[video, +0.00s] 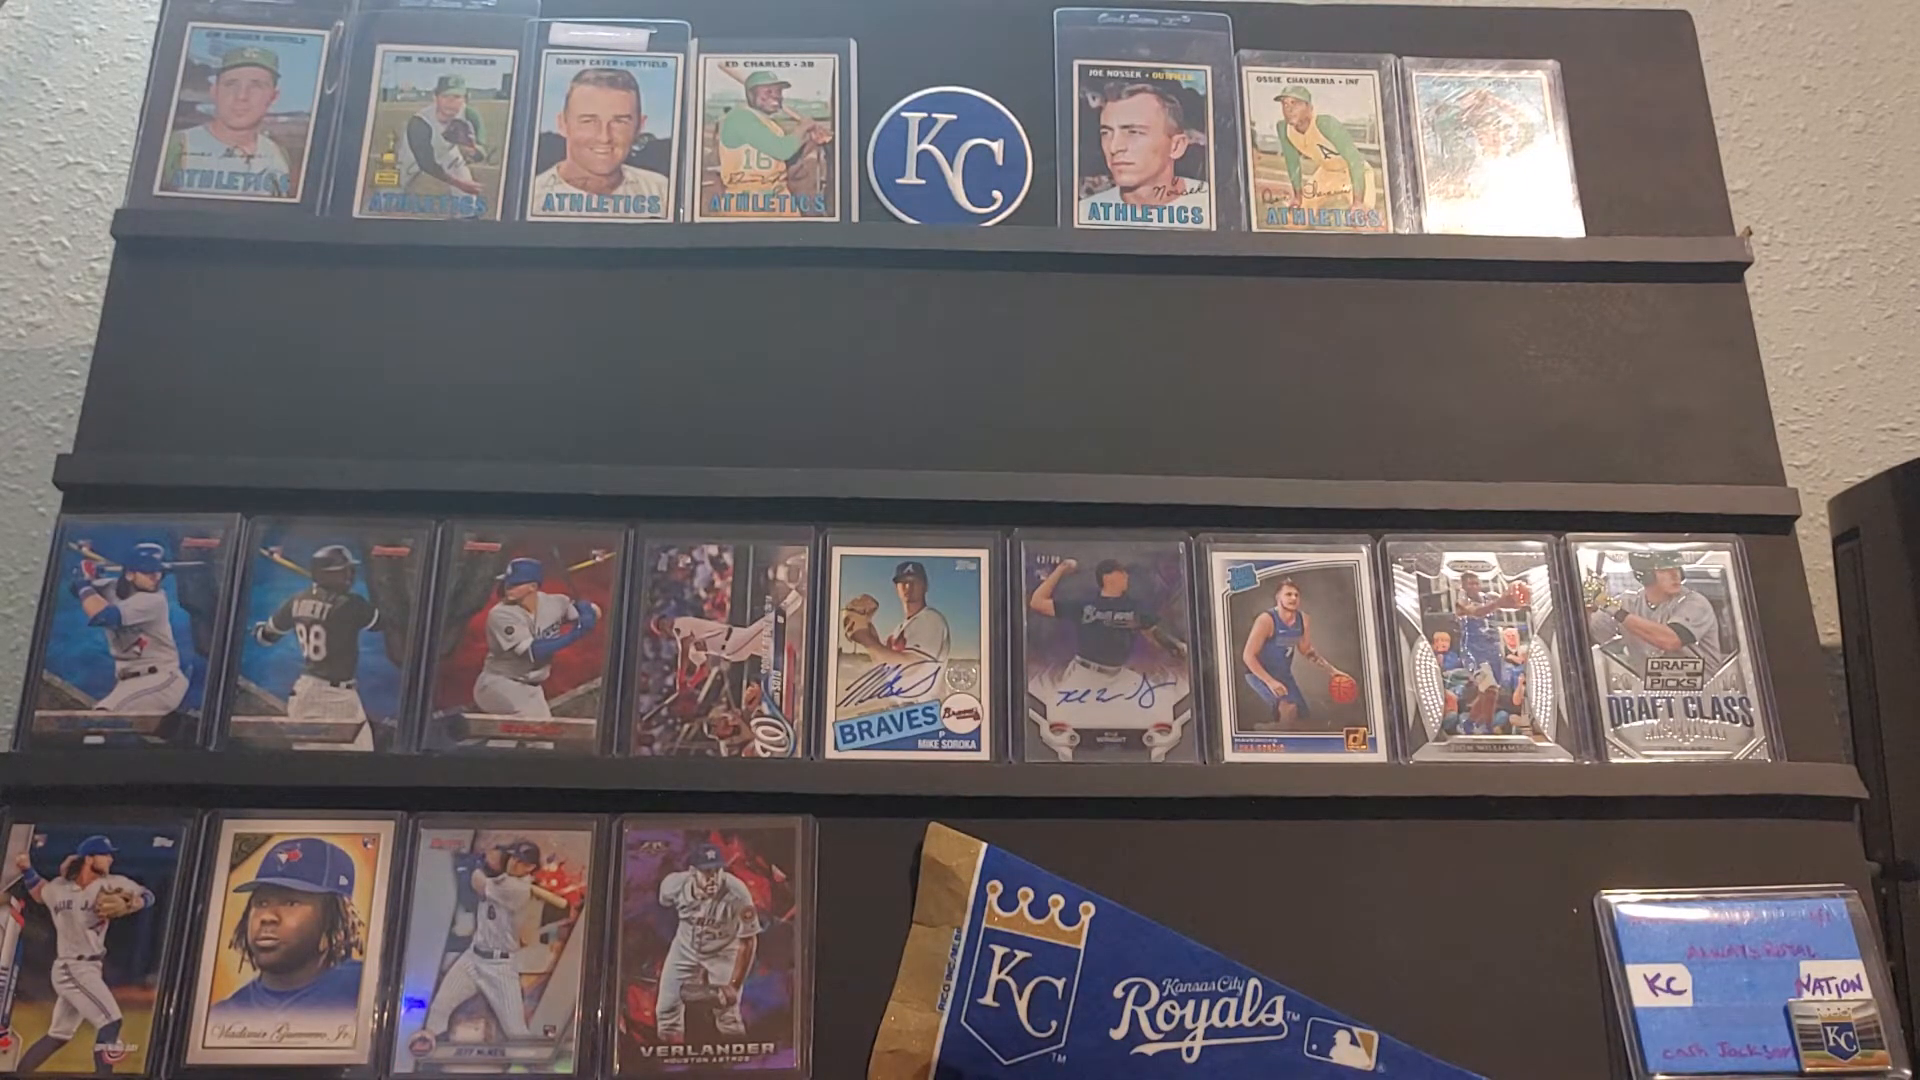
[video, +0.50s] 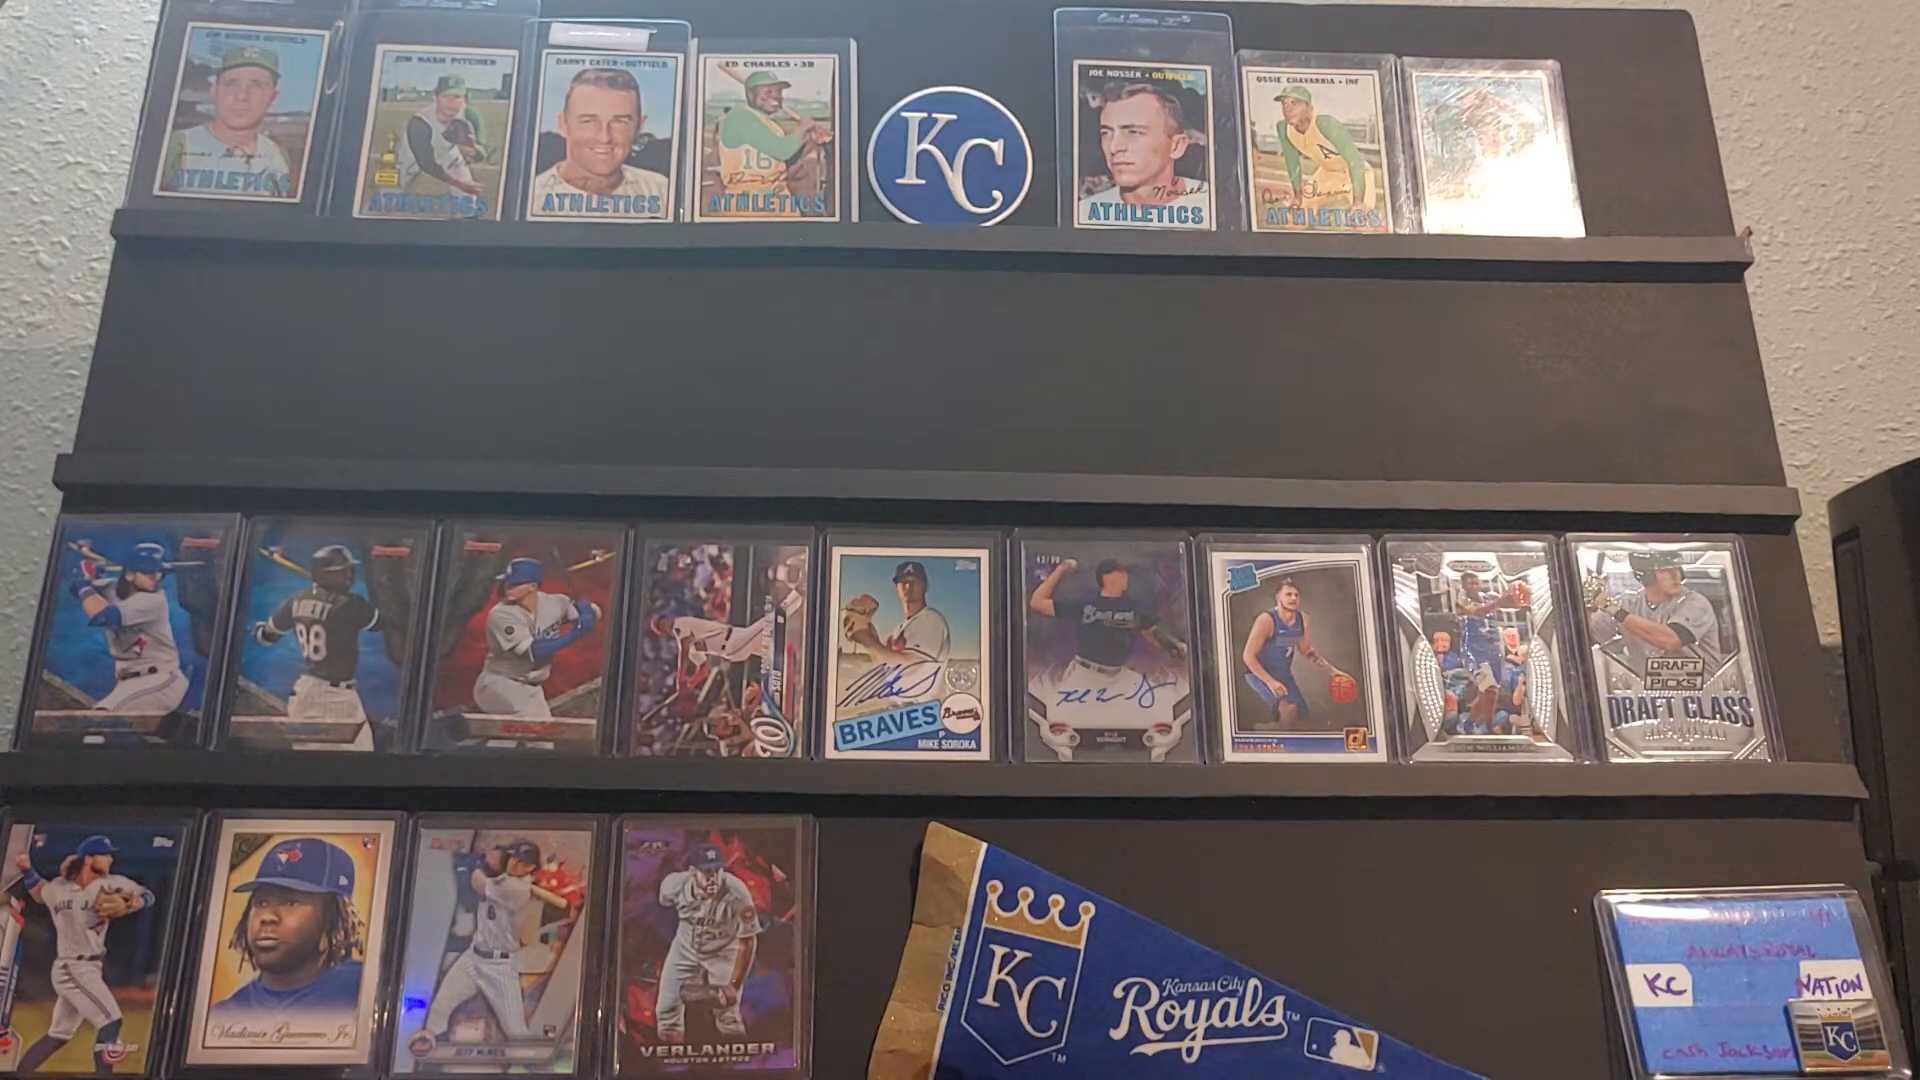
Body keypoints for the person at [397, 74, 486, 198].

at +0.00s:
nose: (451, 102)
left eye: (457, 97)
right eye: (446, 96)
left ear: (464, 100)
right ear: (436, 98)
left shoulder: (469, 115)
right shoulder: (419, 123)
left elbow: (481, 154)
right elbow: (427, 165)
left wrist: (469, 150)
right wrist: (461, 185)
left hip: (454, 164)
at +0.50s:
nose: (451, 102)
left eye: (457, 97)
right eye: (446, 96)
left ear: (464, 100)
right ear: (436, 98)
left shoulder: (470, 115)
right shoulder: (419, 123)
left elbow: (480, 154)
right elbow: (427, 165)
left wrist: (469, 150)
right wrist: (461, 185)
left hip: (454, 165)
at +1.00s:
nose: (451, 102)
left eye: (457, 97)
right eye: (446, 96)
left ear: (464, 100)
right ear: (436, 97)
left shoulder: (468, 116)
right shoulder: (419, 123)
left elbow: (481, 153)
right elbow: (427, 165)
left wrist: (472, 152)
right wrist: (460, 184)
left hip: (453, 163)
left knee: (467, 197)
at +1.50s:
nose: (451, 102)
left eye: (457, 97)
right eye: (446, 96)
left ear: (464, 100)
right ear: (436, 97)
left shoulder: (467, 116)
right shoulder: (419, 123)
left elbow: (481, 153)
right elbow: (427, 165)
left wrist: (472, 152)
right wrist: (460, 184)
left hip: (453, 164)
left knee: (467, 197)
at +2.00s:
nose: (451, 101)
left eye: (456, 97)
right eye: (446, 96)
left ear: (464, 101)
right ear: (436, 98)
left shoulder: (470, 116)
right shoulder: (419, 123)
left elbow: (481, 153)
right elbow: (427, 165)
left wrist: (468, 149)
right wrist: (461, 185)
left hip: (454, 163)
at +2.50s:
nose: (451, 101)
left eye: (456, 97)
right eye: (446, 96)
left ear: (464, 101)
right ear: (436, 98)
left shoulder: (470, 116)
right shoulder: (419, 123)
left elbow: (481, 153)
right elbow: (427, 165)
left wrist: (470, 150)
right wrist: (461, 185)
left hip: (454, 164)